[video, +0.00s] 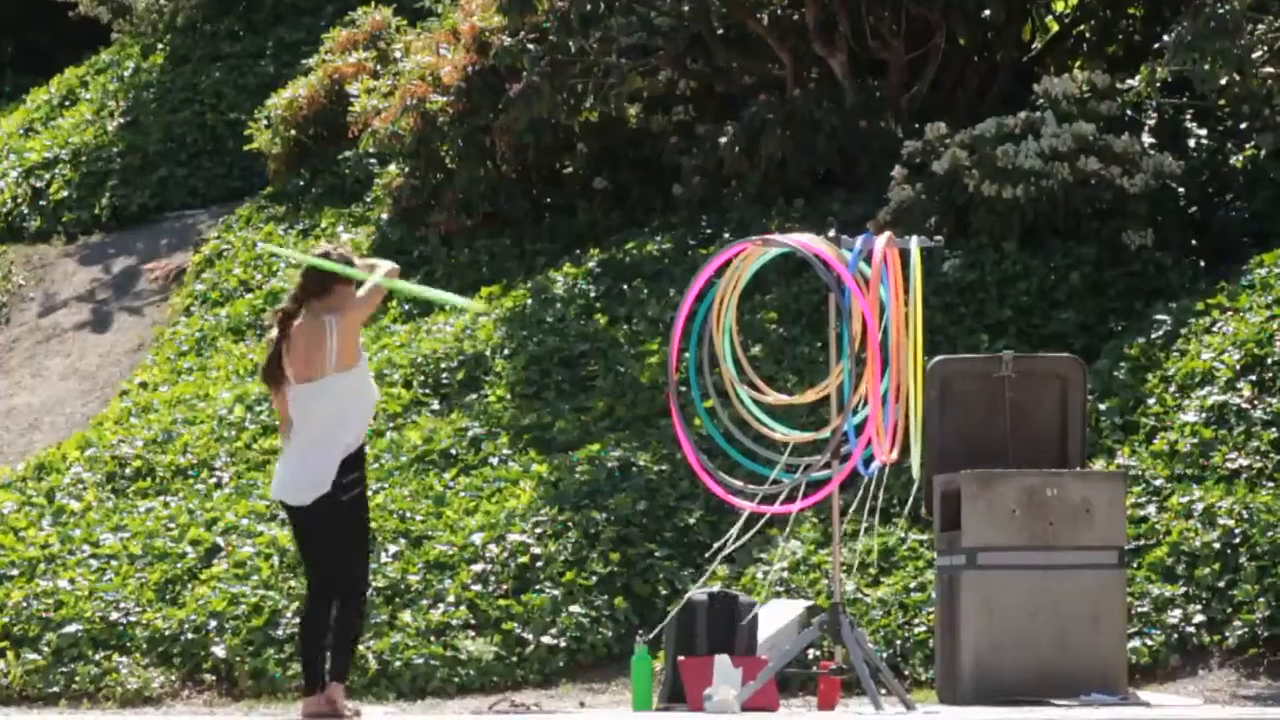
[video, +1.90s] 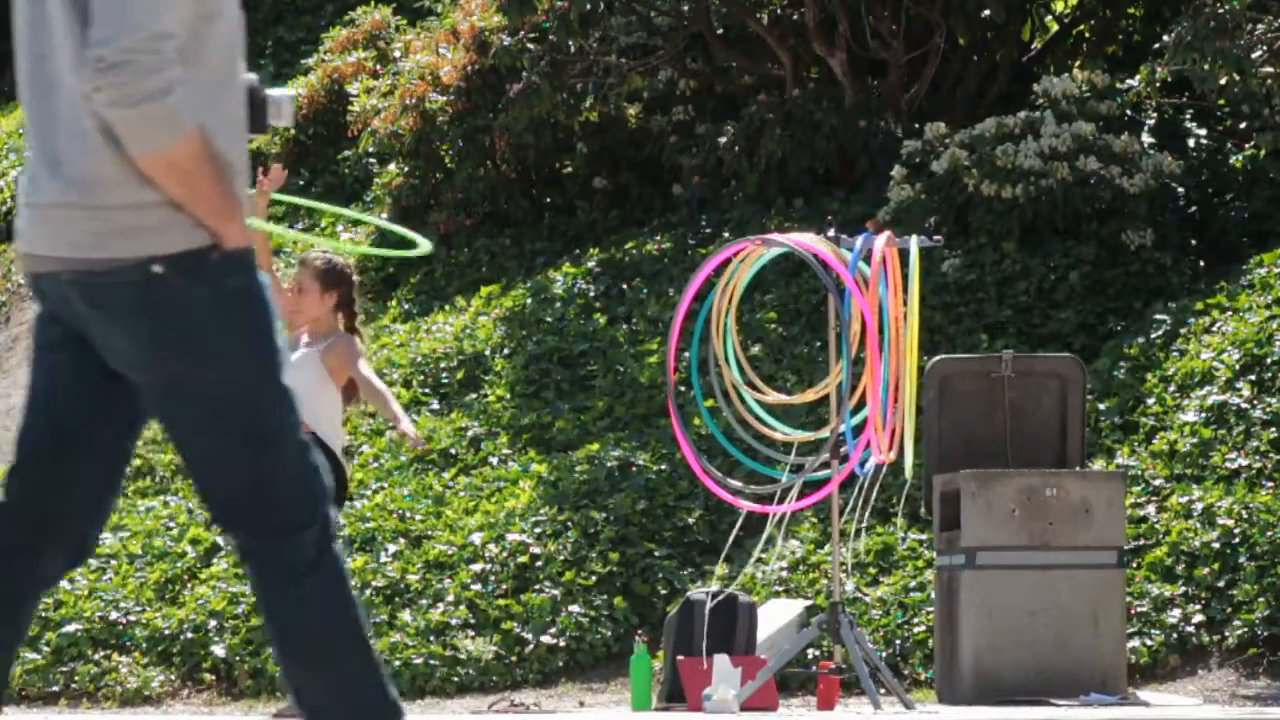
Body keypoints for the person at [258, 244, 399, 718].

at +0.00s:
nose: (353, 295)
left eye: (351, 285)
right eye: (352, 286)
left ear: (309, 285)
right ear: (340, 286)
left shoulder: (287, 336)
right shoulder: (342, 320)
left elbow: (282, 404)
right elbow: (387, 272)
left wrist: (291, 439)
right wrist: (370, 266)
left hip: (295, 479)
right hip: (339, 477)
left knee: (319, 585)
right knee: (353, 583)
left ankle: (313, 695)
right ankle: (335, 687)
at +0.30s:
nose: (353, 291)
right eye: (350, 285)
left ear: (306, 295)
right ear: (346, 290)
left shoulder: (290, 350)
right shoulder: (360, 322)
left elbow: (262, 410)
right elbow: (345, 265)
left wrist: (235, 451)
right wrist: (294, 227)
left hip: (299, 482)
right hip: (354, 481)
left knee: (309, 585)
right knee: (348, 589)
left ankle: (309, 695)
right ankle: (332, 689)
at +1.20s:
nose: (293, 295)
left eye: (298, 287)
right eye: (293, 286)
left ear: (325, 288)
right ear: (330, 286)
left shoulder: (331, 337)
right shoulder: (351, 327)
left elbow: (321, 379)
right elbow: (304, 253)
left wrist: (307, 402)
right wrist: (290, 189)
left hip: (305, 464)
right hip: (346, 469)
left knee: (300, 579)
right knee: (325, 578)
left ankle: (317, 691)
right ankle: (351, 666)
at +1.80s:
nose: (290, 292)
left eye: (299, 285)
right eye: (291, 283)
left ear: (329, 297)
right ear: (320, 296)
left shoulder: (339, 341)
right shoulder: (303, 330)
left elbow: (363, 378)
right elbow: (269, 271)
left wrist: (387, 412)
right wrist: (253, 201)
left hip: (315, 458)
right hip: (287, 454)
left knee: (307, 557)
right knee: (288, 553)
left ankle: (316, 644)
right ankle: (302, 645)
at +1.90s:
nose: (289, 297)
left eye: (299, 290)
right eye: (289, 290)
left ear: (330, 300)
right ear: (294, 301)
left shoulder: (338, 345)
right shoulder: (296, 333)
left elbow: (371, 387)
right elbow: (265, 273)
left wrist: (402, 422)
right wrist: (257, 209)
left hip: (318, 454)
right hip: (286, 449)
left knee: (307, 552)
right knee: (294, 553)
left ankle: (322, 685)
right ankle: (312, 682)